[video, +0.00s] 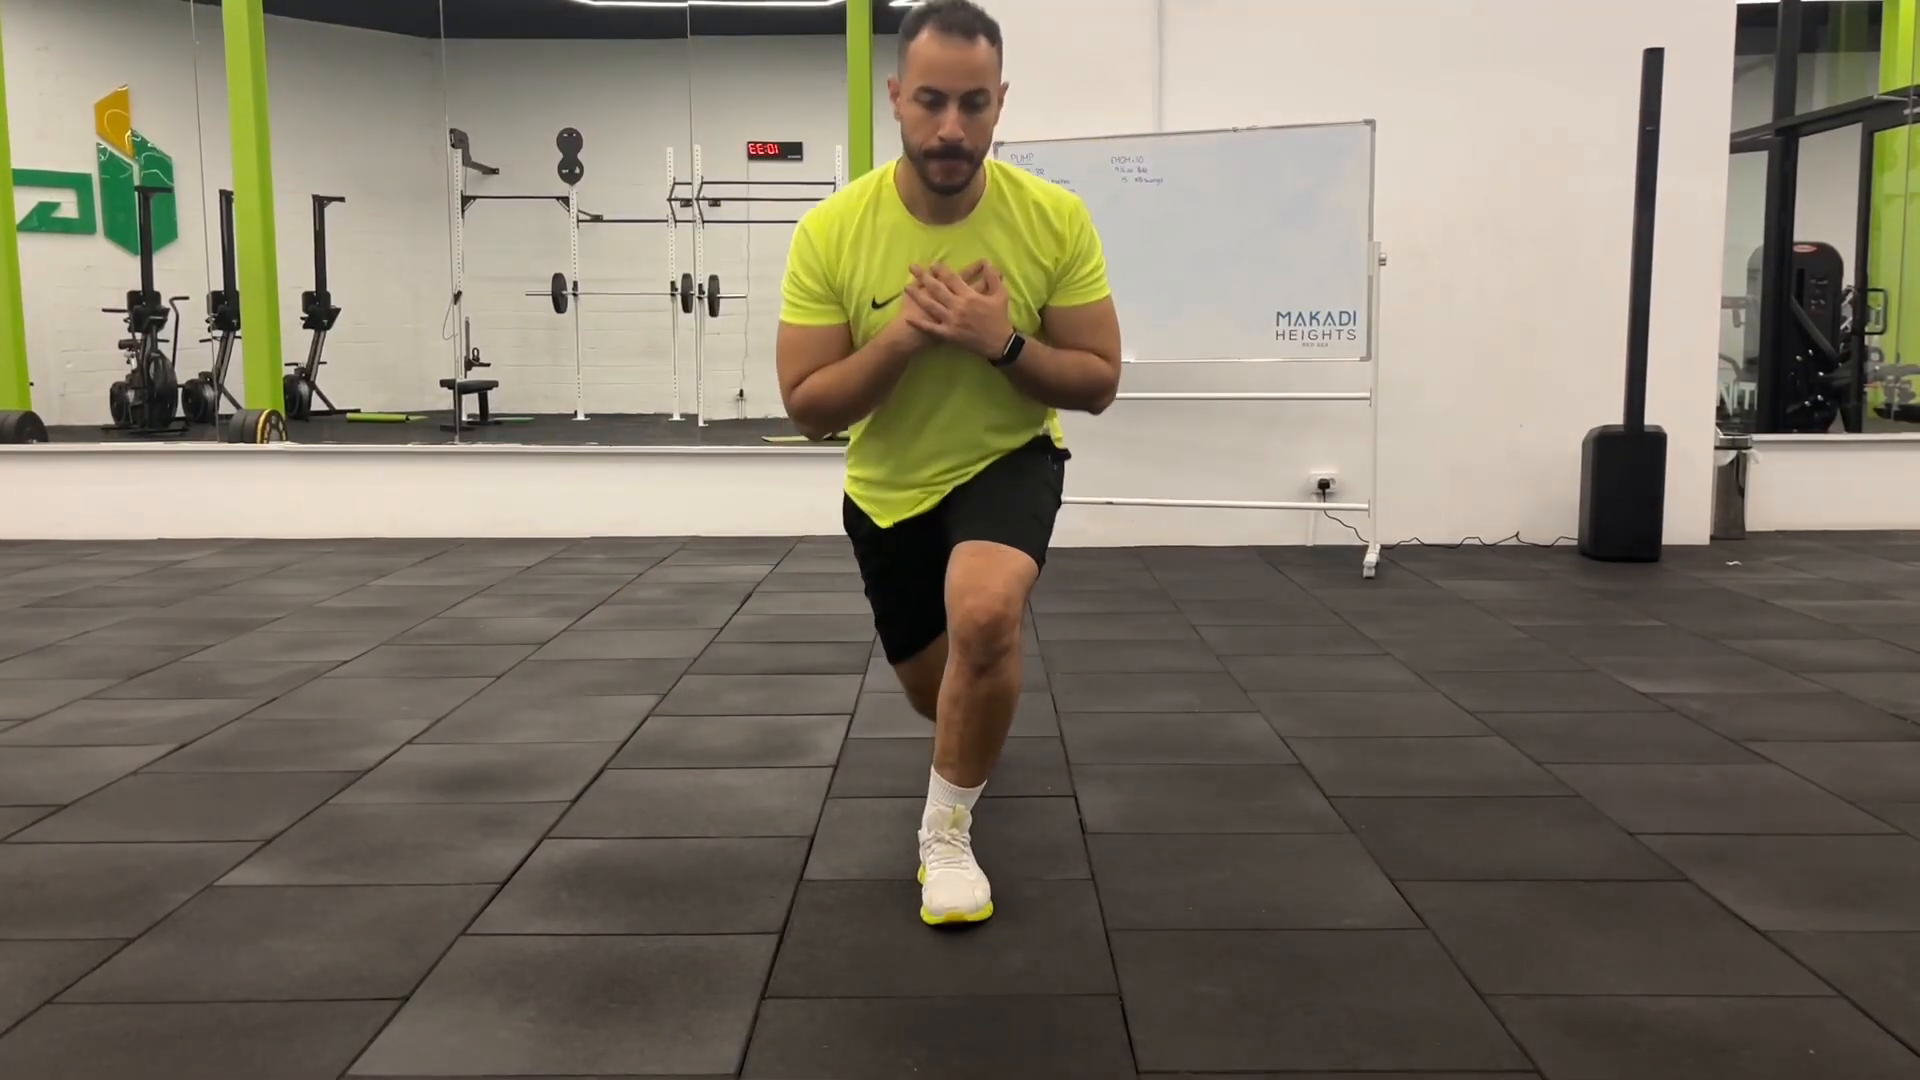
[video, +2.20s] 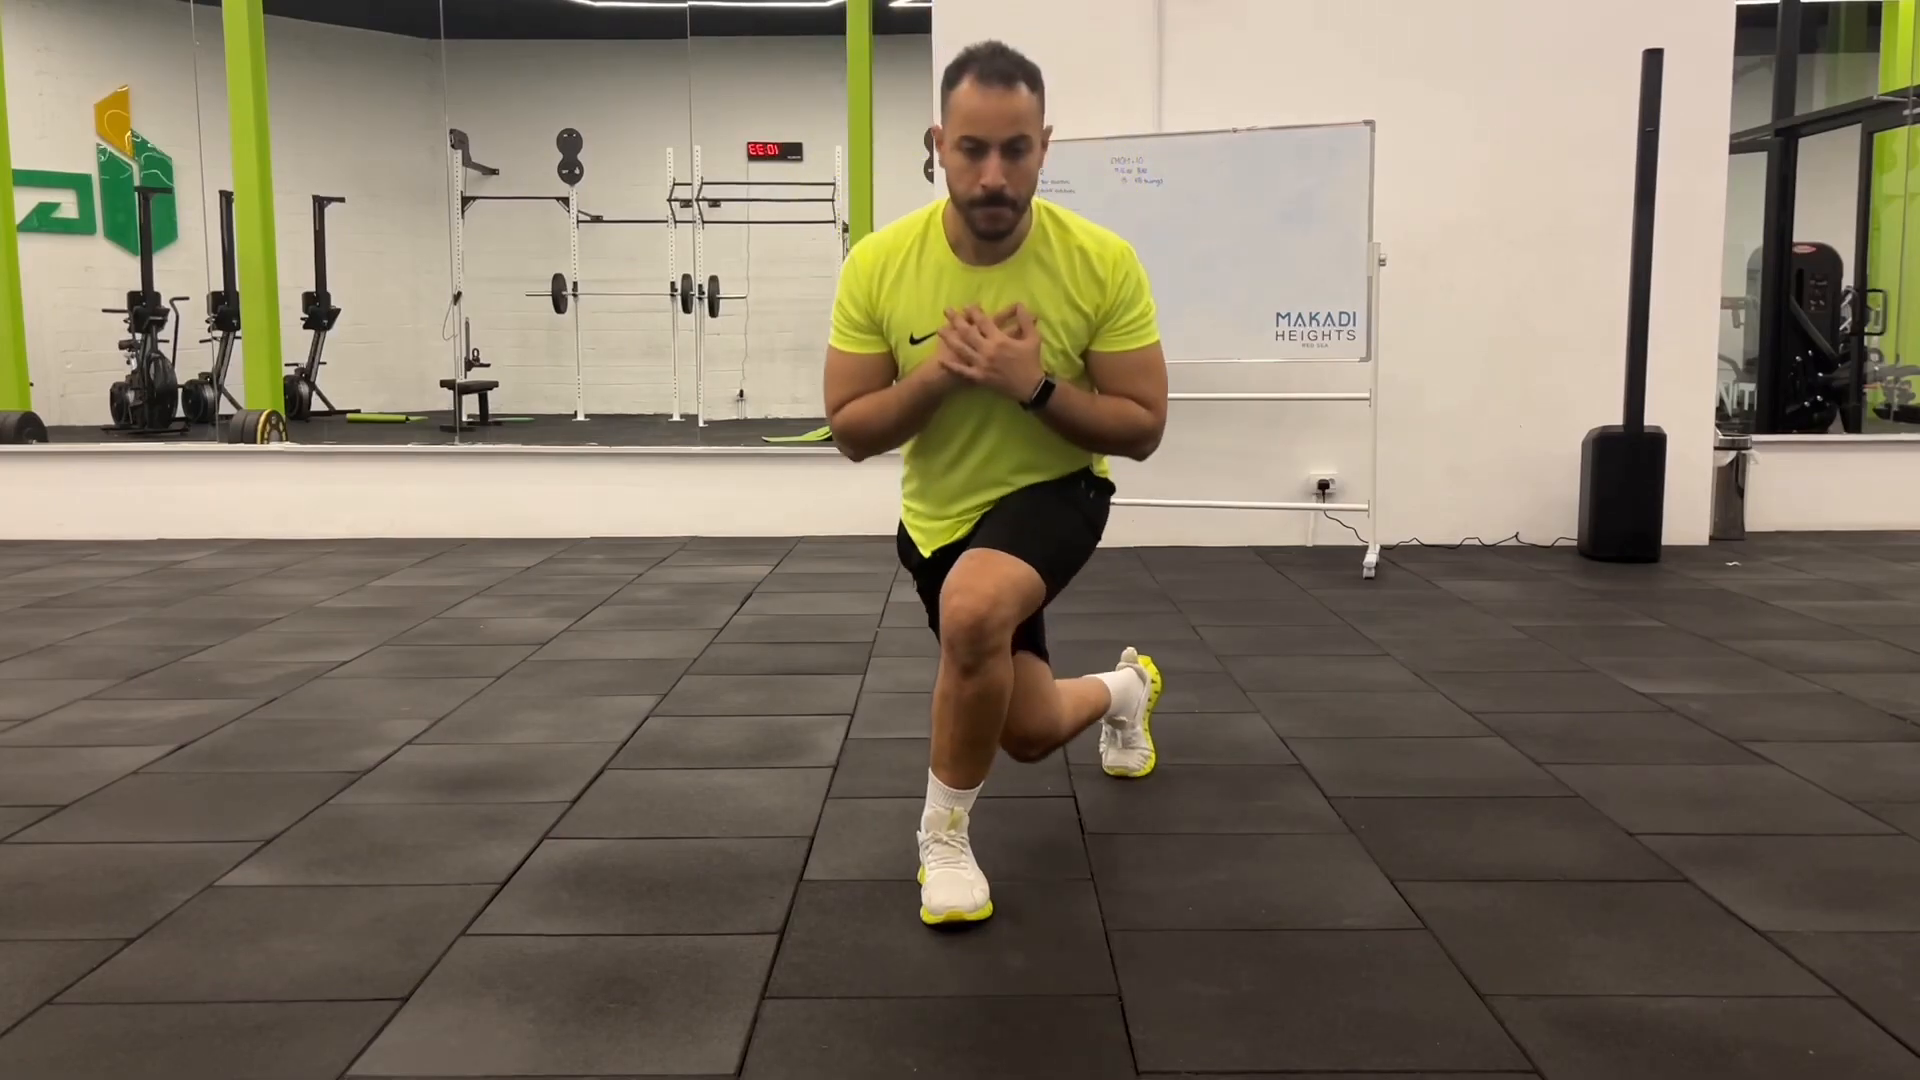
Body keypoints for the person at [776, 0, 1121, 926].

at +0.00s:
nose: (951, 130)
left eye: (974, 105)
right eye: (930, 102)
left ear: (1000, 103)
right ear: (896, 98)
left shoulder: (1054, 221)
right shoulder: (832, 232)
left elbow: (1099, 383)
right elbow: (809, 404)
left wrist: (1004, 342)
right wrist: (905, 332)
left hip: (1010, 453)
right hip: (889, 480)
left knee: (985, 618)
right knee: (930, 691)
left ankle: (948, 831)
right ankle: (978, 707)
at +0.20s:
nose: (965, 26)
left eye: (988, 5)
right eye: (944, 3)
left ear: (1013, 12)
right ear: (907, 4)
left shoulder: (1064, 121)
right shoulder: (828, 119)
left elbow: (1099, 294)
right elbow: (796, 303)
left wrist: (1004, 246)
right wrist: (899, 232)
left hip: (1001, 379)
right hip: (876, 391)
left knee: (977, 602)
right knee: (911, 615)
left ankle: (948, 830)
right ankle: (933, 691)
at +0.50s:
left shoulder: (1060, 18)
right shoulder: (825, 13)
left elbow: (1097, 209)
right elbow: (786, 199)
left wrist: (994, 135)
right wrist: (886, 113)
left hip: (989, 332)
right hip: (853, 327)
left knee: (964, 579)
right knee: (830, 580)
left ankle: (947, 829)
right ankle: (829, 742)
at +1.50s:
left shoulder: (1079, 15)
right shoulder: (836, 8)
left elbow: (1112, 199)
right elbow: (792, 182)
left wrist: (1006, 114)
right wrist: (902, 94)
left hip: (996, 330)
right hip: (858, 324)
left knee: (972, 582)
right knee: (847, 576)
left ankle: (949, 826)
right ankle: (888, 729)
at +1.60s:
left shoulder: (1082, 20)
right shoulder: (842, 11)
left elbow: (1114, 215)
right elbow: (794, 192)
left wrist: (1019, 136)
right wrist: (908, 110)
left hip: (1005, 331)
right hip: (870, 330)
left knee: (977, 582)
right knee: (891, 581)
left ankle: (947, 829)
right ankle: (983, 675)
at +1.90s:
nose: (993, 46)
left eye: (1016, 21)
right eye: (972, 20)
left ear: (1041, 24)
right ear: (933, 18)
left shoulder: (1091, 148)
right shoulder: (853, 140)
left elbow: (1126, 322)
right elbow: (816, 320)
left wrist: (1029, 270)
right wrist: (928, 252)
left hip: (1033, 395)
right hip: (908, 411)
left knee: (973, 607)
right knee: (998, 604)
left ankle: (946, 834)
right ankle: (1093, 684)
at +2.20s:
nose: (994, 177)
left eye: (1015, 151)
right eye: (973, 150)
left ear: (1043, 149)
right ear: (937, 150)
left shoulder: (1103, 265)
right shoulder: (877, 266)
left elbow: (1142, 426)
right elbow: (851, 430)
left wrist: (1036, 386)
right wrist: (937, 373)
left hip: (1058, 484)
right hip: (940, 509)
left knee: (970, 609)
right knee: (1029, 729)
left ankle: (944, 831)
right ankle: (1126, 687)